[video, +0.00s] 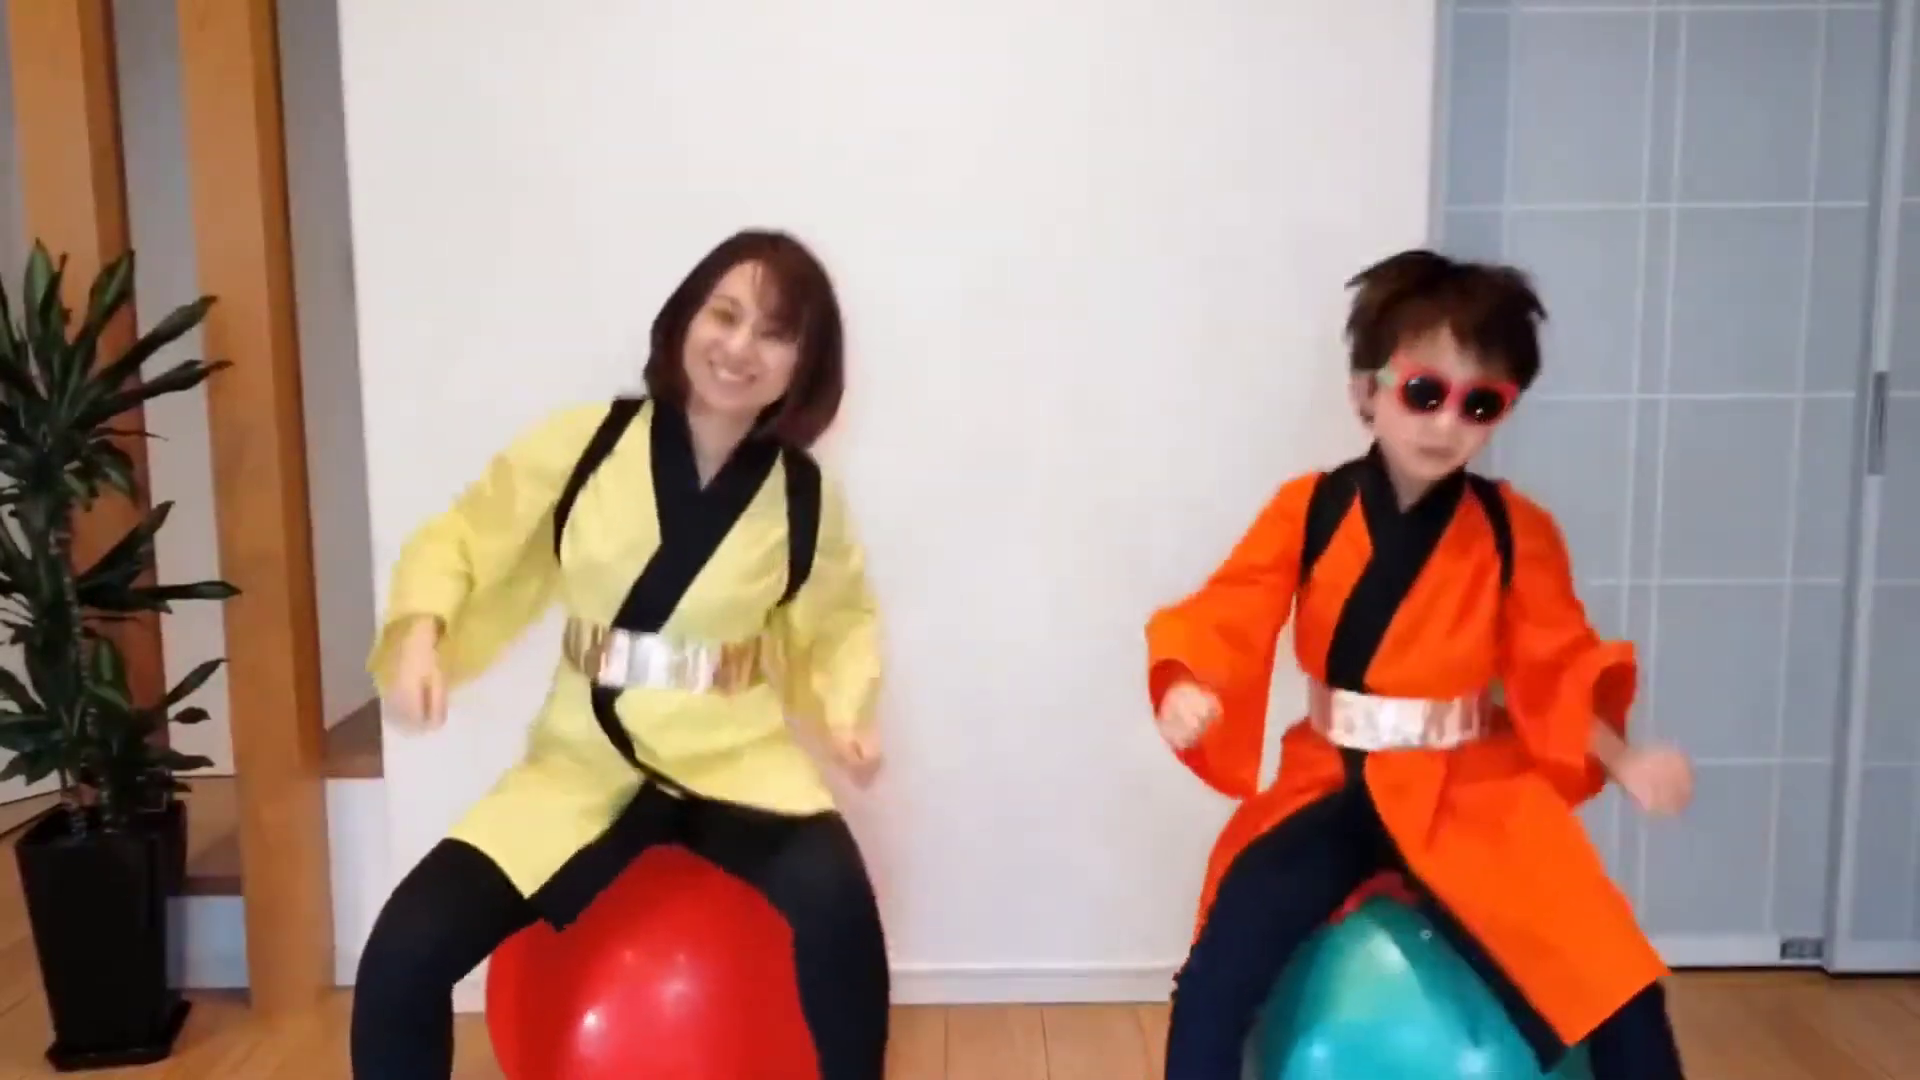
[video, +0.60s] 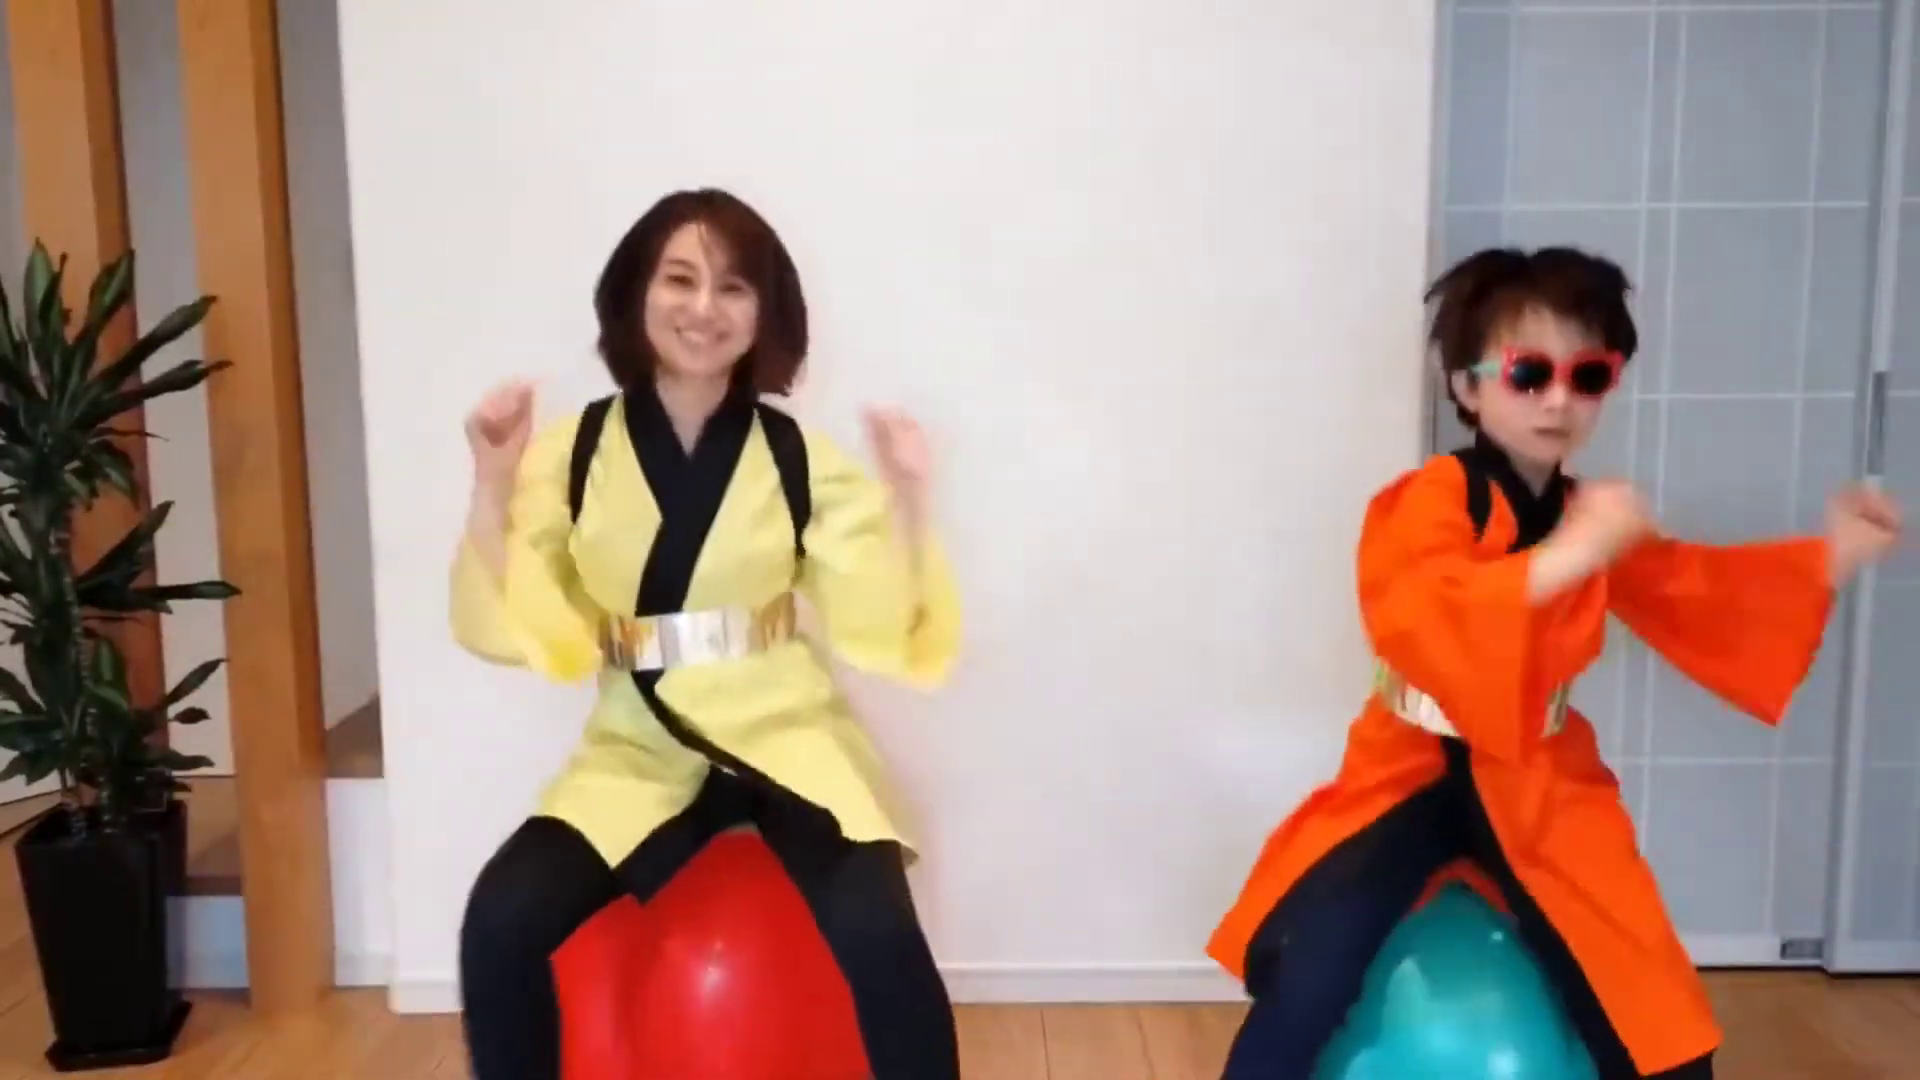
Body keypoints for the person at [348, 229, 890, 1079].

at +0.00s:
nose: (738, 345)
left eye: (774, 331)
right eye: (723, 313)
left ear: (803, 365)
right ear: (683, 320)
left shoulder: (802, 497)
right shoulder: (585, 443)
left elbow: (837, 626)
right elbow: (461, 538)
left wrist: (843, 714)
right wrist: (417, 630)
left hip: (737, 769)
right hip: (585, 770)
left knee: (837, 899)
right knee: (405, 947)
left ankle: (852, 1069)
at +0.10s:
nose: (762, 337)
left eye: (799, 323)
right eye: (748, 304)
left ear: (830, 356)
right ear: (708, 308)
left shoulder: (814, 488)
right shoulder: (600, 430)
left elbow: (826, 648)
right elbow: (495, 565)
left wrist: (863, 783)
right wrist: (442, 719)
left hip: (740, 744)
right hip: (583, 743)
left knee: (847, 906)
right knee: (405, 944)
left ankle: (899, 1072)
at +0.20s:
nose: (769, 376)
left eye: (806, 364)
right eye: (755, 345)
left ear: (835, 401)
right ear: (716, 354)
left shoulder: (822, 540)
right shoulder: (611, 481)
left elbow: (843, 703)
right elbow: (511, 639)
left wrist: (888, 845)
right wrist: (413, 807)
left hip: (746, 791)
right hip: (588, 784)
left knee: (857, 949)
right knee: (403, 948)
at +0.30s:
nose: (753, 418)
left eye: (786, 403)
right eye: (734, 391)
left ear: (818, 436)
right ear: (695, 403)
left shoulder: (818, 583)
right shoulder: (615, 536)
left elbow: (882, 736)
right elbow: (492, 674)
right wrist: (363, 796)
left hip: (760, 839)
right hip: (602, 836)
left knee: (870, 963)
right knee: (410, 959)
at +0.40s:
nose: (733, 377)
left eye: (764, 360)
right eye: (711, 350)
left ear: (797, 393)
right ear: (673, 370)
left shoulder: (807, 537)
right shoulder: (606, 508)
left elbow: (903, 669)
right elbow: (509, 602)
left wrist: (1038, 736)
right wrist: (425, 650)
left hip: (769, 817)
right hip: (616, 818)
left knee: (877, 955)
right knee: (433, 954)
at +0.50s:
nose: (715, 318)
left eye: (746, 298)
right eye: (693, 291)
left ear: (779, 326)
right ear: (653, 309)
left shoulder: (804, 474)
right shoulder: (588, 456)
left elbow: (907, 618)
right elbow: (483, 617)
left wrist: (988, 593)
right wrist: (456, 540)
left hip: (778, 755)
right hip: (629, 758)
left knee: (881, 946)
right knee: (463, 937)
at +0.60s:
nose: (701, 307)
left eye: (732, 286)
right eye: (678, 279)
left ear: (764, 313)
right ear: (635, 296)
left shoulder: (801, 453)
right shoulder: (575, 447)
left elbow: (883, 638)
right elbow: (500, 632)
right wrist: (492, 485)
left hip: (790, 745)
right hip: (639, 754)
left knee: (879, 931)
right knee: (499, 924)